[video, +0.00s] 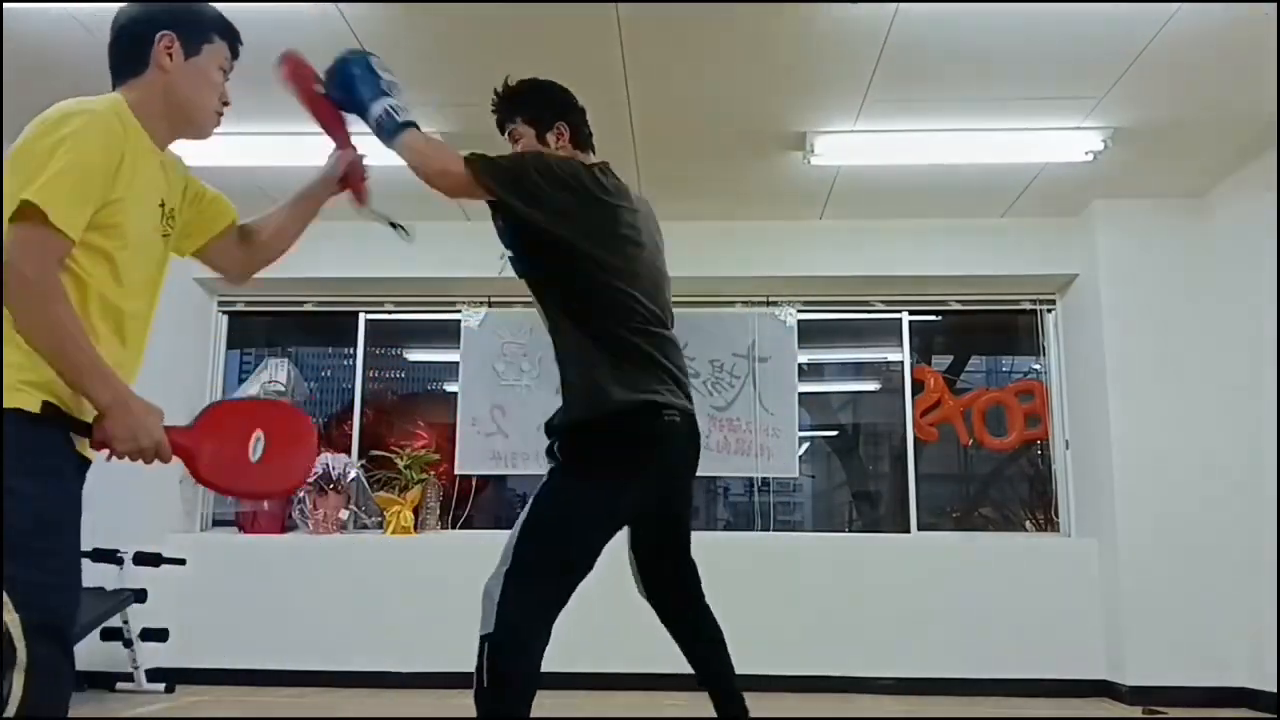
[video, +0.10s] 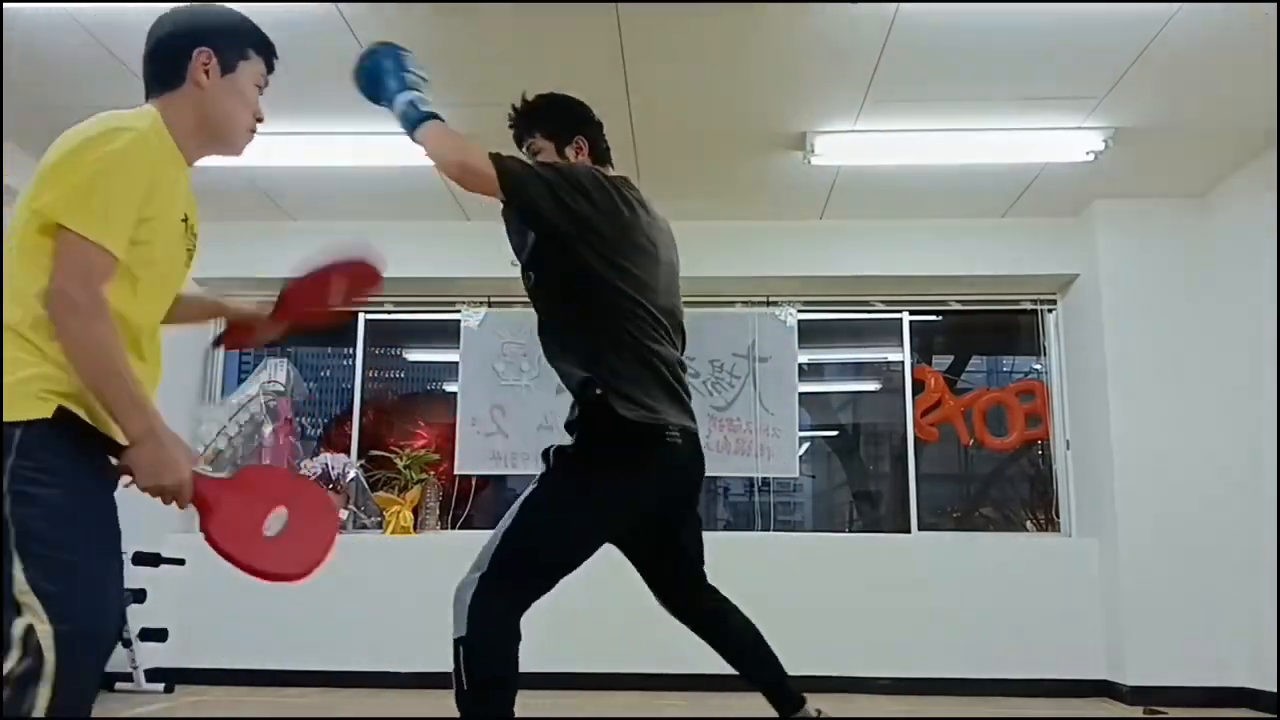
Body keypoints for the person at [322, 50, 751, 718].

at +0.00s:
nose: (510, 152)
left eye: (517, 137)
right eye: (509, 141)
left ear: (560, 135)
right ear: (568, 136)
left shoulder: (563, 179)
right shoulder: (627, 197)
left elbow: (450, 176)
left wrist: (378, 107)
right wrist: (524, 231)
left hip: (613, 427)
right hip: (672, 428)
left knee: (522, 598)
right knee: (669, 578)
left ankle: (502, 714)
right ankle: (735, 711)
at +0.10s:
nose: (526, 167)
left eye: (533, 152)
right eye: (524, 156)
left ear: (578, 147)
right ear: (596, 152)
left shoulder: (580, 189)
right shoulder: (646, 215)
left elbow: (469, 170)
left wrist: (410, 106)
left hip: (614, 445)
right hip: (673, 450)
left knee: (487, 597)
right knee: (688, 595)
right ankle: (796, 708)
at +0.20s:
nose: (565, 172)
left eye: (573, 157)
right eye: (565, 159)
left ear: (615, 155)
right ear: (627, 156)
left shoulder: (621, 203)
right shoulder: (674, 227)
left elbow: (546, 190)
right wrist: (566, 260)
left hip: (616, 460)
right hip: (688, 460)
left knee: (516, 606)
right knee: (737, 609)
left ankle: (497, 718)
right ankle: (831, 713)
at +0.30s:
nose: (625, 145)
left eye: (635, 124)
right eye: (628, 129)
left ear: (654, 122)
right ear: (667, 124)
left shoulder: (681, 187)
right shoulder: (702, 211)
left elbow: (645, 151)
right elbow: (623, 302)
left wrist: (608, 107)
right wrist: (602, 232)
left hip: (674, 429)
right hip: (729, 424)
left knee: (602, 602)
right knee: (775, 579)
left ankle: (550, 711)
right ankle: (861, 707)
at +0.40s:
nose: (650, 148)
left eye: (658, 132)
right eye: (650, 132)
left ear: (684, 130)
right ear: (696, 132)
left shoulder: (720, 182)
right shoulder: (719, 217)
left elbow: (658, 143)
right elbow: (651, 300)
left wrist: (630, 83)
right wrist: (630, 226)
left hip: (718, 425)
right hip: (761, 421)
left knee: (632, 578)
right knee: (790, 568)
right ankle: (891, 703)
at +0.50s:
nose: (683, 183)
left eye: (686, 163)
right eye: (677, 169)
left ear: (715, 154)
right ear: (732, 162)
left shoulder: (754, 203)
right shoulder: (745, 234)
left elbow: (696, 138)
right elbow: (683, 324)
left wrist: (688, 88)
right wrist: (669, 247)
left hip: (757, 444)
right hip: (788, 445)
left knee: (678, 609)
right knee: (820, 597)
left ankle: (707, 716)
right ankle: (908, 711)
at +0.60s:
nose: (729, 205)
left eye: (734, 188)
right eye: (724, 195)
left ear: (764, 177)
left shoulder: (806, 226)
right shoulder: (778, 264)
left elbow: (744, 176)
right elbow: (722, 325)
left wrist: (745, 126)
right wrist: (708, 256)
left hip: (810, 449)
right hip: (830, 451)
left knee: (742, 602)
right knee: (850, 608)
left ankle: (731, 715)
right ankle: (926, 713)